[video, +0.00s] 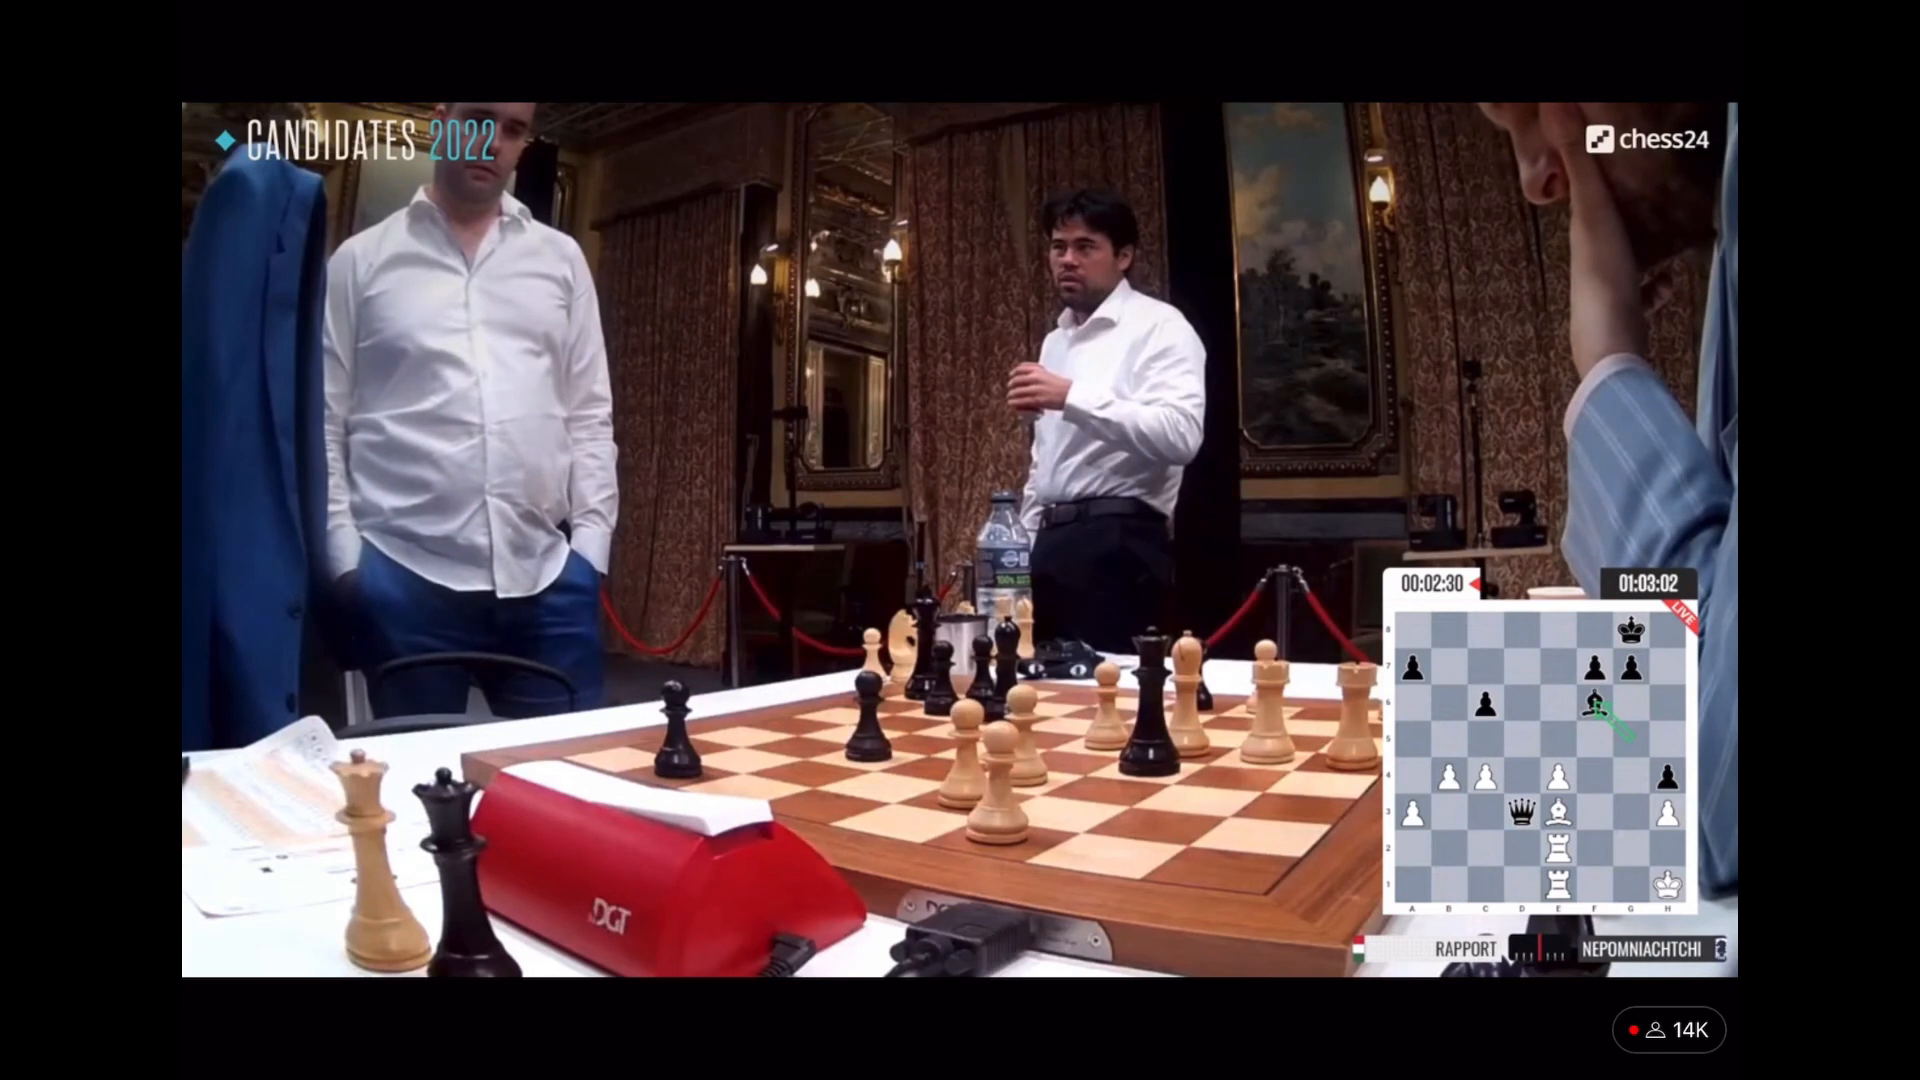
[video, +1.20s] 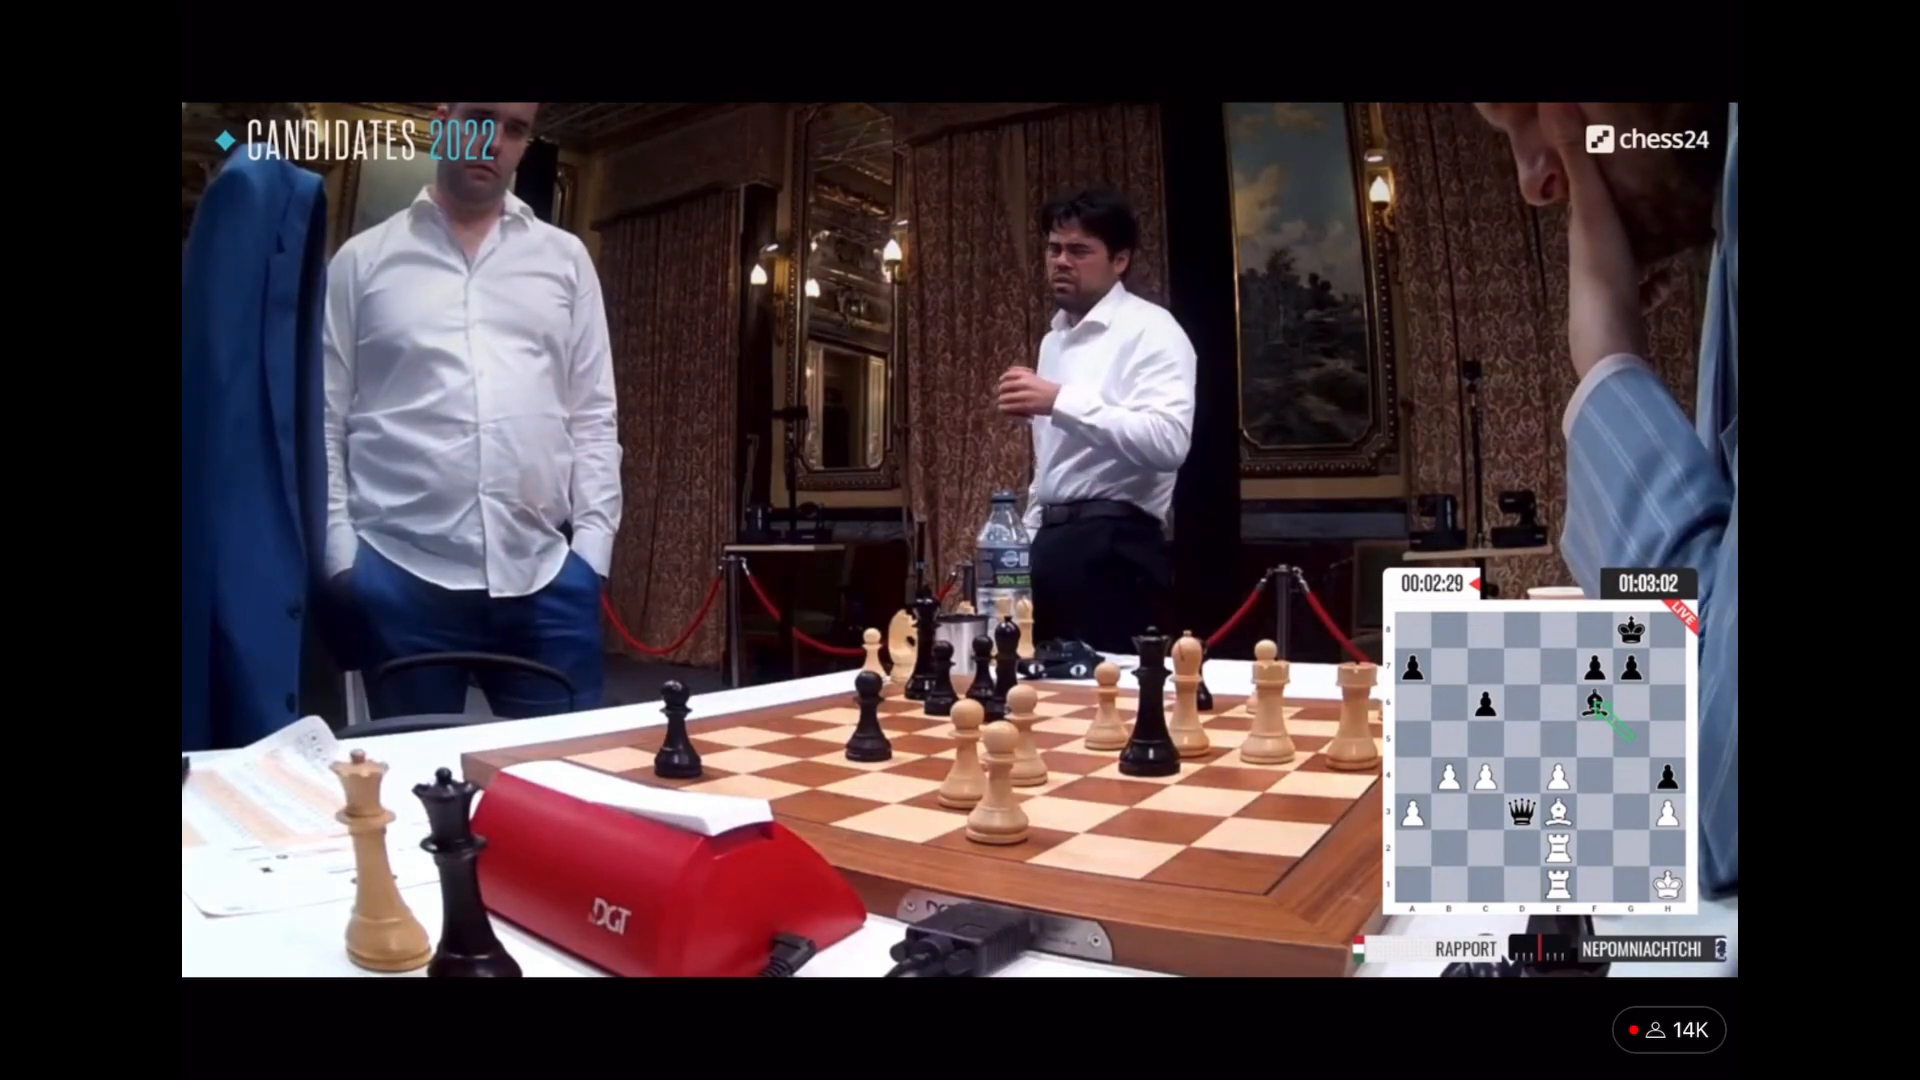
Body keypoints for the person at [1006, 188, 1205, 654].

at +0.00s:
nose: (1068, 261)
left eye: (1085, 247)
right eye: (1059, 247)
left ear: (1123, 258)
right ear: (1049, 255)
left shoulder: (1164, 328)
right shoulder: (1056, 342)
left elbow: (1180, 435)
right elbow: (1044, 453)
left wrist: (1071, 394)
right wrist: (1028, 530)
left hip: (1122, 534)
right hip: (1055, 533)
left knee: (1119, 695)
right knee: (1056, 695)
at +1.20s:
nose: (1061, 262)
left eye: (1079, 251)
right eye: (1055, 249)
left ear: (1119, 261)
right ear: (1045, 254)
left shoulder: (1155, 332)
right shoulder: (1054, 342)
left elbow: (1167, 442)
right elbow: (1051, 460)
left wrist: (1060, 400)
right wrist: (1030, 529)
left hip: (1118, 537)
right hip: (1055, 534)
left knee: (1118, 696)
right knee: (1060, 696)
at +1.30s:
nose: (1039, 264)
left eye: (1056, 251)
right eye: (1035, 250)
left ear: (1100, 262)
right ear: (1028, 254)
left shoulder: (1138, 332)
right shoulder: (1046, 338)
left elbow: (1148, 443)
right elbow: (1056, 445)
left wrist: (1039, 403)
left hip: (1105, 535)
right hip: (1050, 531)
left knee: (1103, 695)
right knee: (1055, 692)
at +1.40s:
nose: (1016, 266)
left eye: (1031, 253)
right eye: (1014, 254)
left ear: (1077, 261)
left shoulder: (1119, 333)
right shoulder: (1035, 338)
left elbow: (1125, 442)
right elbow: (1051, 445)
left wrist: (1018, 406)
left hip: (1092, 539)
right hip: (1040, 532)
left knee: (1092, 695)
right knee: (1044, 693)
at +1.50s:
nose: (979, 275)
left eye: (993, 261)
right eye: (979, 264)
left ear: (1041, 266)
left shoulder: (1083, 336)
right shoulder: (1017, 345)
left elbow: (1082, 444)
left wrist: (981, 409)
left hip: (1069, 546)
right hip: (1022, 540)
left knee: (1085, 699)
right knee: (1030, 697)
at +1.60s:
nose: (953, 283)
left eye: (965, 269)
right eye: (954, 271)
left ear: (1011, 273)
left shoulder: (1055, 342)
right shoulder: (999, 349)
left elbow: (1044, 446)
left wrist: (951, 412)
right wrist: (948, 415)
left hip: (1045, 546)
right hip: (1002, 539)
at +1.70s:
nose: (926, 289)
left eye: (936, 275)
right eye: (926, 278)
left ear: (981, 276)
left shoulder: (1021, 344)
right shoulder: (976, 348)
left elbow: (1009, 449)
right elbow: (979, 447)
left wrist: (920, 414)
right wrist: (917, 418)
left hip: (1007, 544)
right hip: (972, 537)